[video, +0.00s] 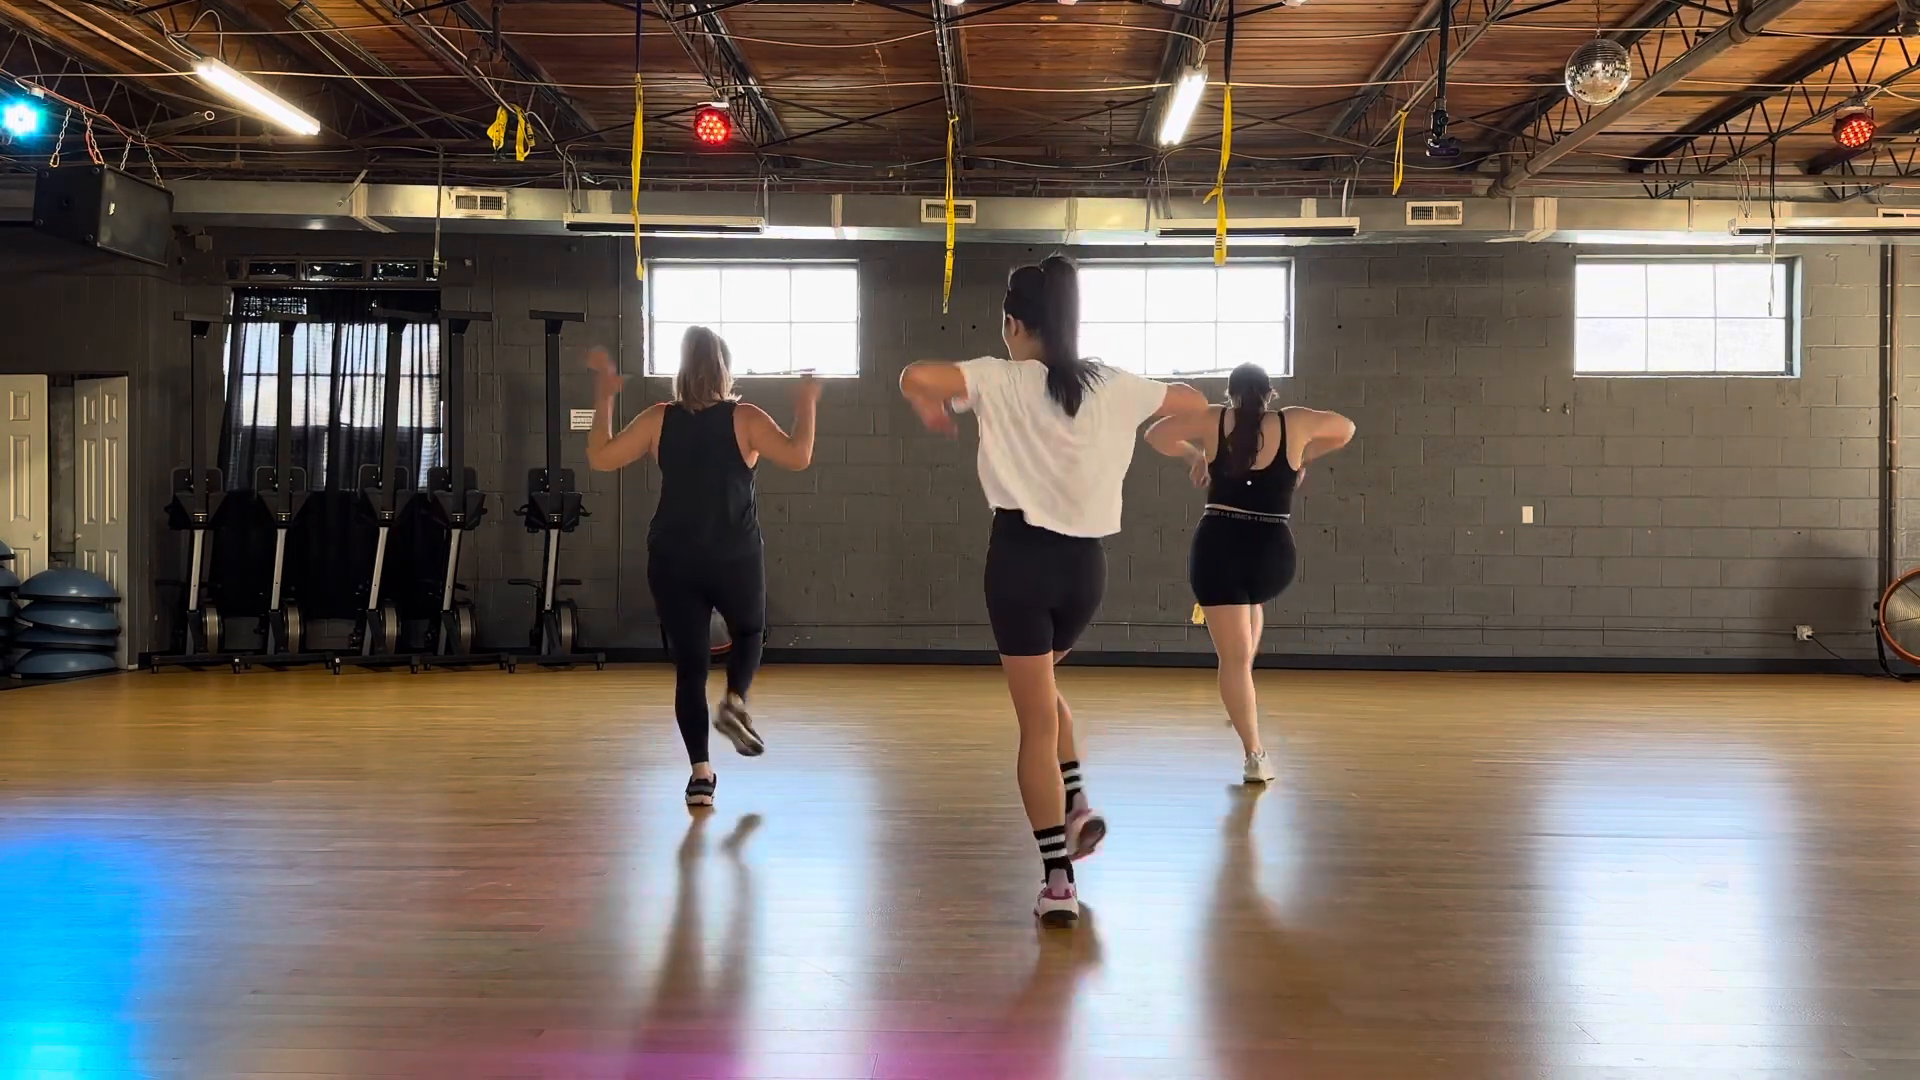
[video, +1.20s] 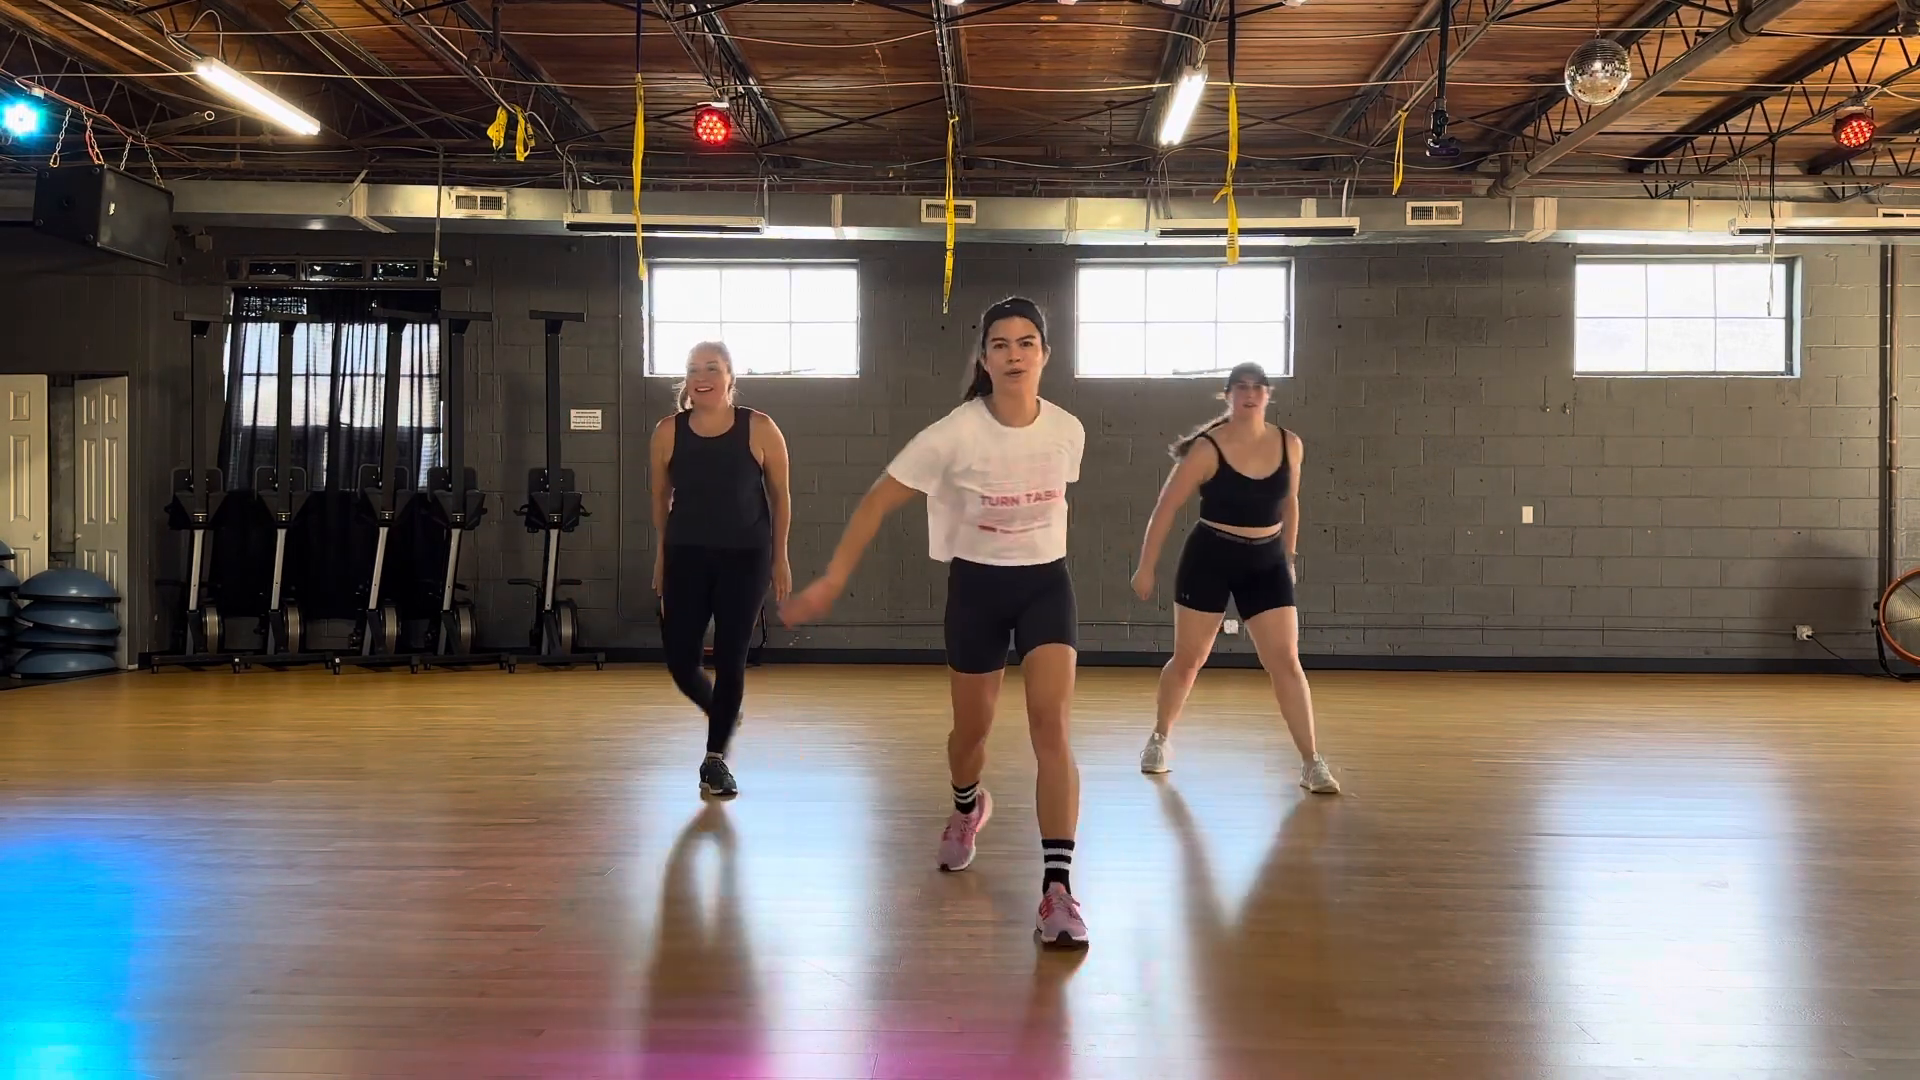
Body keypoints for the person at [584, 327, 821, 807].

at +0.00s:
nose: (723, 369)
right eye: (723, 360)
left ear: (682, 367)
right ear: (725, 367)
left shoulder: (659, 419)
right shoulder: (746, 417)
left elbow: (601, 456)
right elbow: (799, 456)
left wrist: (603, 395)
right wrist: (809, 397)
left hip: (673, 556)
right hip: (733, 555)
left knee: (690, 667)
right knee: (748, 630)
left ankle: (700, 770)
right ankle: (735, 699)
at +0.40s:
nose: (694, 382)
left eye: (697, 375)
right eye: (696, 375)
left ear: (707, 380)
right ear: (748, 381)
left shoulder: (688, 427)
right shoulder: (768, 427)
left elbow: (655, 467)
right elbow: (826, 455)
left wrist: (645, 446)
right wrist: (794, 465)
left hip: (711, 567)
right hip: (767, 563)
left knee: (706, 669)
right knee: (764, 655)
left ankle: (713, 759)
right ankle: (772, 752)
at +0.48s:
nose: (691, 382)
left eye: (696, 375)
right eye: (693, 374)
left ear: (714, 380)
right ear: (740, 383)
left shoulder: (698, 426)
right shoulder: (767, 426)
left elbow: (688, 470)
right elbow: (822, 455)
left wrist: (654, 468)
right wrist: (788, 476)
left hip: (721, 565)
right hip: (772, 559)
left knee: (704, 668)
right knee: (764, 654)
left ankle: (724, 752)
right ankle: (771, 752)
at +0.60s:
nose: (690, 381)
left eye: (700, 375)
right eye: (694, 373)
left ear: (727, 387)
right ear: (732, 390)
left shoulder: (713, 429)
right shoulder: (758, 429)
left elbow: (735, 476)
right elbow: (806, 457)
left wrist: (688, 502)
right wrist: (772, 493)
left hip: (732, 563)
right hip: (772, 556)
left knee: (699, 662)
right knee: (762, 651)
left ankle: (738, 752)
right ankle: (772, 749)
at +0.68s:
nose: (692, 385)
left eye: (702, 378)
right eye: (694, 377)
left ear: (731, 388)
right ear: (729, 389)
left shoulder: (724, 430)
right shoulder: (746, 426)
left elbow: (762, 479)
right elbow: (786, 458)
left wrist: (717, 524)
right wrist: (759, 502)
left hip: (734, 564)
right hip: (763, 557)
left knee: (697, 658)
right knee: (760, 652)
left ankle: (741, 753)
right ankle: (778, 745)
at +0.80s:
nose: (697, 385)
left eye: (709, 378)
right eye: (695, 377)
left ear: (737, 387)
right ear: (694, 386)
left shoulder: (745, 433)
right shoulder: (719, 432)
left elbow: (788, 488)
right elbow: (729, 493)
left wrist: (759, 551)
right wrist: (712, 544)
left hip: (743, 563)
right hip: (730, 560)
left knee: (701, 654)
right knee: (753, 653)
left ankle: (736, 757)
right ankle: (782, 738)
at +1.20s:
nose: (700, 377)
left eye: (711, 369)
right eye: (694, 370)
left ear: (731, 379)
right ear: (685, 380)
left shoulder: (760, 429)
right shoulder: (667, 434)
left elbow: (780, 498)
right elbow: (660, 502)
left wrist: (781, 558)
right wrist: (661, 562)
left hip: (745, 561)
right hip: (686, 560)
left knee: (730, 660)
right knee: (681, 664)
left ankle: (715, 758)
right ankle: (722, 709)